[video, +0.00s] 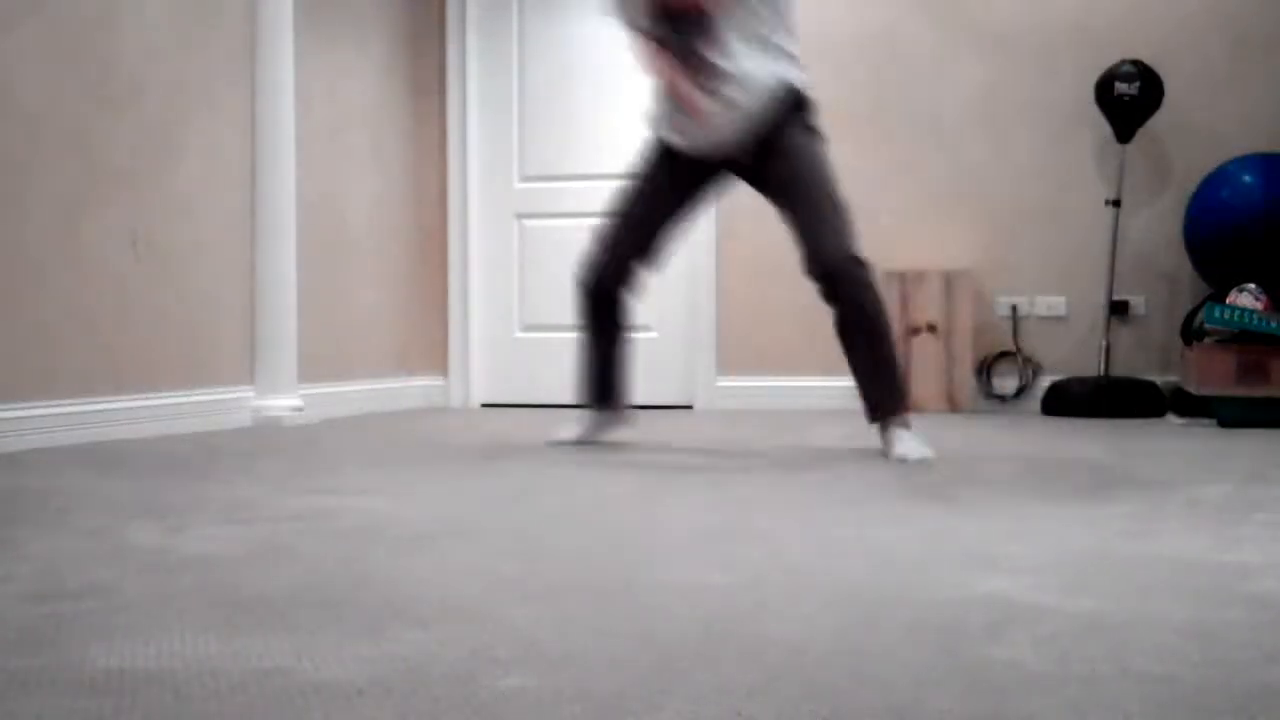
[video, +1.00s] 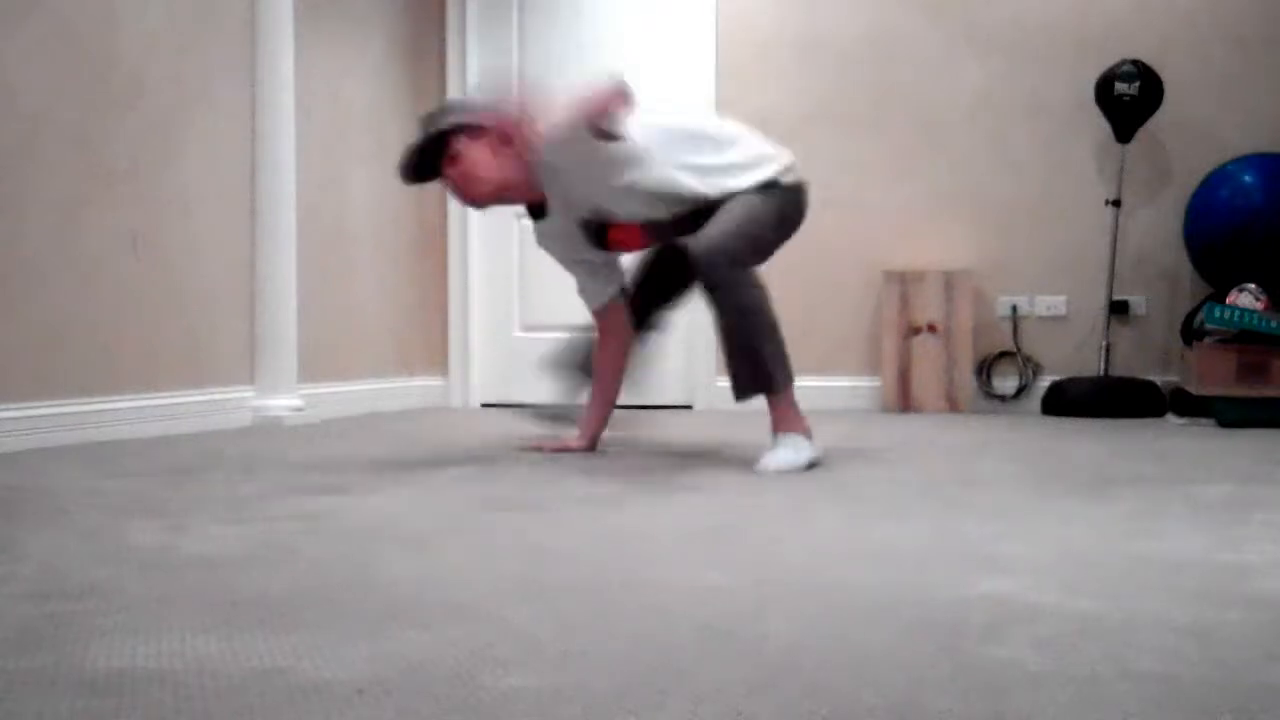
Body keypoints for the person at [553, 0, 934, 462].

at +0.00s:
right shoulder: (641, 8)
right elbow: (644, 42)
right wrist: (678, 78)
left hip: (770, 116)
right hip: (687, 127)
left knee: (837, 265)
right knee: (603, 277)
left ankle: (894, 422)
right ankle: (607, 413)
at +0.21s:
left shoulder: (812, 4)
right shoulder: (676, 7)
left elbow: (879, 19)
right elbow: (661, 62)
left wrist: (944, 65)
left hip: (805, 142)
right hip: (713, 149)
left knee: (866, 274)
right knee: (614, 275)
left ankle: (901, 430)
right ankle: (618, 409)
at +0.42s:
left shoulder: (784, 5)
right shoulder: (664, 8)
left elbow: (770, 55)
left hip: (754, 110)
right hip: (667, 111)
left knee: (820, 232)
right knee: (572, 237)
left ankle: (874, 397)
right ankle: (535, 357)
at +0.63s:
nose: (627, 21)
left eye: (636, 11)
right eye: (618, 13)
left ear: (659, 2)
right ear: (607, 6)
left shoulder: (718, 10)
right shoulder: (594, 36)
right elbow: (544, 100)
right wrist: (517, 153)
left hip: (710, 185)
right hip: (622, 193)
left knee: (762, 262)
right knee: (544, 296)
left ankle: (790, 429)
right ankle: (481, 414)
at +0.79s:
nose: (556, 117)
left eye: (565, 96)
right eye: (546, 102)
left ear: (601, 86)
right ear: (541, 108)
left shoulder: (662, 103)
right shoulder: (561, 195)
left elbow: (735, 102)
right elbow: (586, 311)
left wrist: (773, 90)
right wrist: (583, 430)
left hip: (694, 227)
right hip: (618, 256)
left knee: (753, 254)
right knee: (513, 354)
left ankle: (790, 424)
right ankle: (480, 430)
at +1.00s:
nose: (454, 183)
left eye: (455, 160)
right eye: (444, 177)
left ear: (496, 137)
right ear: (451, 191)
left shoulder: (564, 146)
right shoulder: (558, 230)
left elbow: (612, 96)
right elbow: (614, 324)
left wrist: (561, 122)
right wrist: (588, 436)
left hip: (766, 184)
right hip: (695, 220)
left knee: (714, 252)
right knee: (631, 312)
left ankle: (790, 429)